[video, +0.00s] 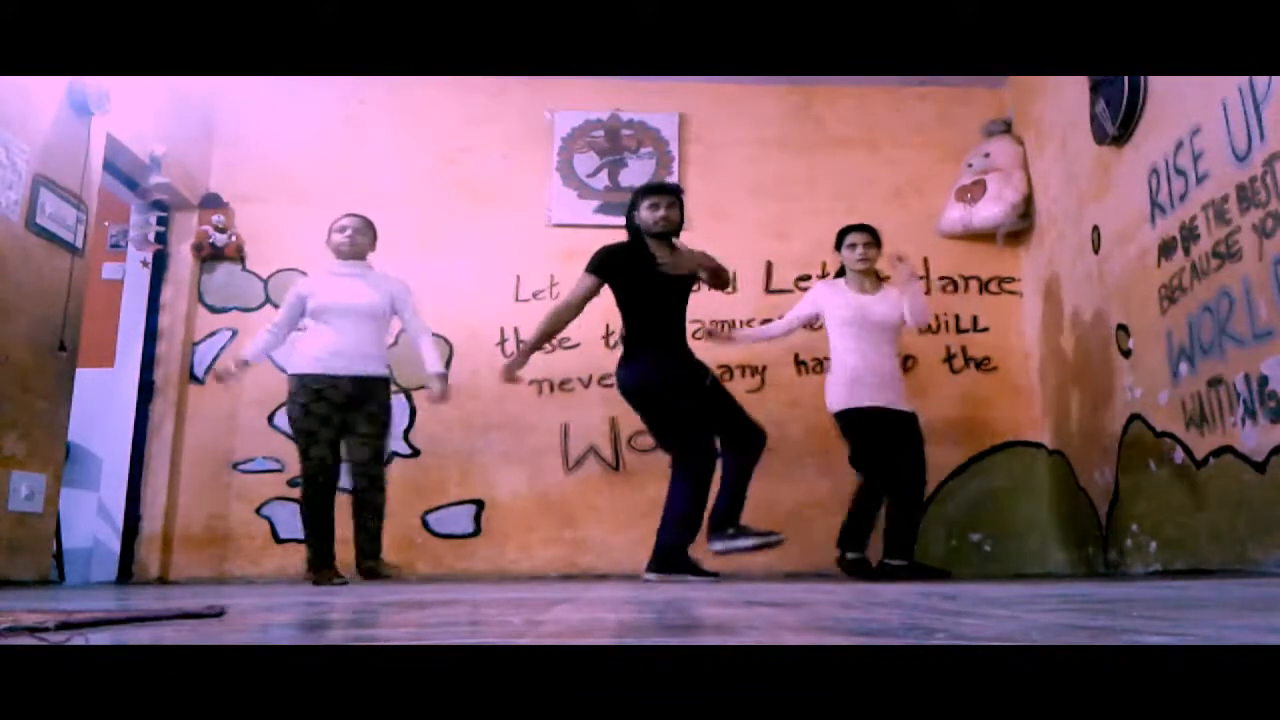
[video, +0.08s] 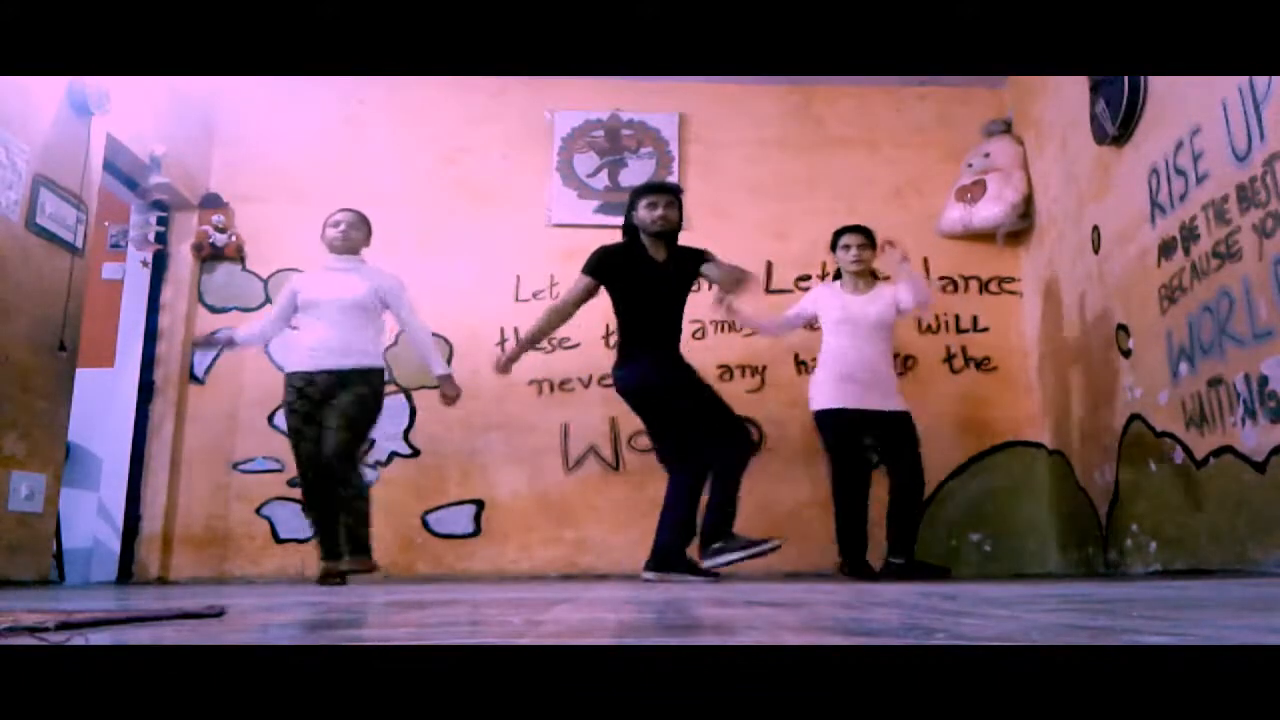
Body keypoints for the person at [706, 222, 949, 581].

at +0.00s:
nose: (861, 252)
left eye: (868, 246)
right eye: (852, 247)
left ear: (878, 252)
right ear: (840, 254)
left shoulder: (894, 293)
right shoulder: (826, 292)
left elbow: (920, 321)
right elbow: (781, 326)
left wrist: (908, 277)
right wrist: (732, 334)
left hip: (892, 398)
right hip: (850, 397)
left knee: (911, 476)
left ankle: (898, 557)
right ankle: (851, 551)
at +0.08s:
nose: (854, 253)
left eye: (862, 247)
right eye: (847, 248)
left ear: (874, 254)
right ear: (835, 256)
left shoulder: (889, 292)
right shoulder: (823, 294)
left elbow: (920, 301)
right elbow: (778, 326)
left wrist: (903, 266)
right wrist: (736, 312)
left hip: (883, 398)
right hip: (836, 397)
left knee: (909, 475)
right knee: (851, 478)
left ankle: (900, 558)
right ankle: (854, 561)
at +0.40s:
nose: (850, 231)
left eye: (859, 224)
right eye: (841, 225)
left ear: (875, 232)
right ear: (829, 236)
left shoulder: (900, 278)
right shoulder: (817, 282)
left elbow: (969, 300)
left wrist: (999, 275)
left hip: (885, 403)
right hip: (835, 407)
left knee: (863, 506)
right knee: (855, 508)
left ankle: (855, 602)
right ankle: (928, 585)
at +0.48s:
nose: (847, 231)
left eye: (855, 224)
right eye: (837, 225)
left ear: (871, 232)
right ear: (825, 235)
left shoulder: (898, 279)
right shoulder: (808, 281)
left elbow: (967, 300)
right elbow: (749, 293)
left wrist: (976, 271)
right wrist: (740, 261)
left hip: (886, 405)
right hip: (826, 407)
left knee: (871, 505)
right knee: (817, 493)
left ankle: (861, 612)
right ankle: (892, 575)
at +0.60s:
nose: (836, 230)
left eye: (845, 223)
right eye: (827, 224)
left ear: (861, 229)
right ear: (814, 233)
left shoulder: (877, 272)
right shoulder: (801, 280)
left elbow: (855, 308)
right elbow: (782, 326)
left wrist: (865, 254)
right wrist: (745, 300)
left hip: (868, 403)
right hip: (813, 402)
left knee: (877, 505)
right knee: (830, 500)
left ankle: (866, 597)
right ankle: (815, 592)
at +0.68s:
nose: (828, 229)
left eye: (837, 222)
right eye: (819, 223)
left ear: (853, 228)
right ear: (806, 232)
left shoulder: (870, 270)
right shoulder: (792, 278)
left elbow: (848, 304)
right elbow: (771, 325)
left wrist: (860, 253)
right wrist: (737, 301)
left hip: (856, 406)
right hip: (798, 406)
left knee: (858, 504)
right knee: (810, 505)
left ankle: (859, 595)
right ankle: (818, 596)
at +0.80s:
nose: (816, 229)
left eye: (825, 222)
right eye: (806, 223)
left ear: (841, 229)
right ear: (794, 232)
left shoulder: (863, 277)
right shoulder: (777, 278)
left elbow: (928, 305)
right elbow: (724, 308)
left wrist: (935, 275)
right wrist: (712, 276)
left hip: (842, 401)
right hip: (786, 404)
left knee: (821, 500)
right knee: (803, 503)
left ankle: (830, 591)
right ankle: (836, 590)